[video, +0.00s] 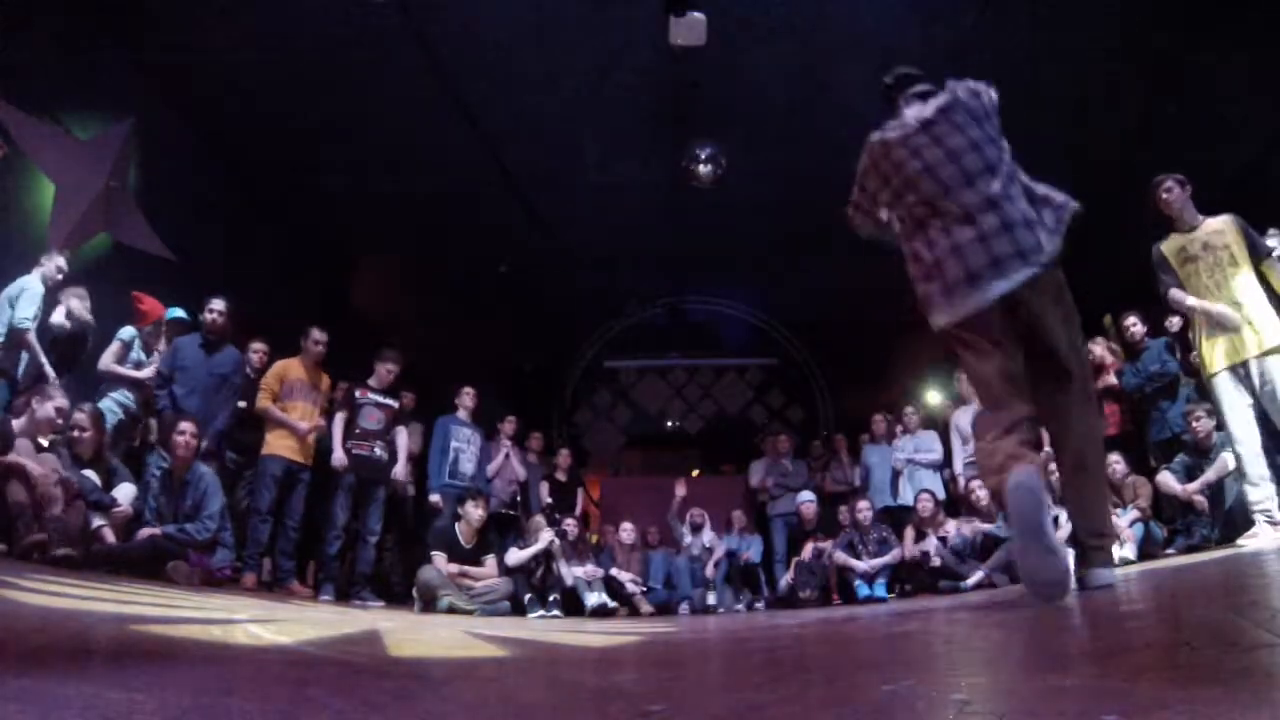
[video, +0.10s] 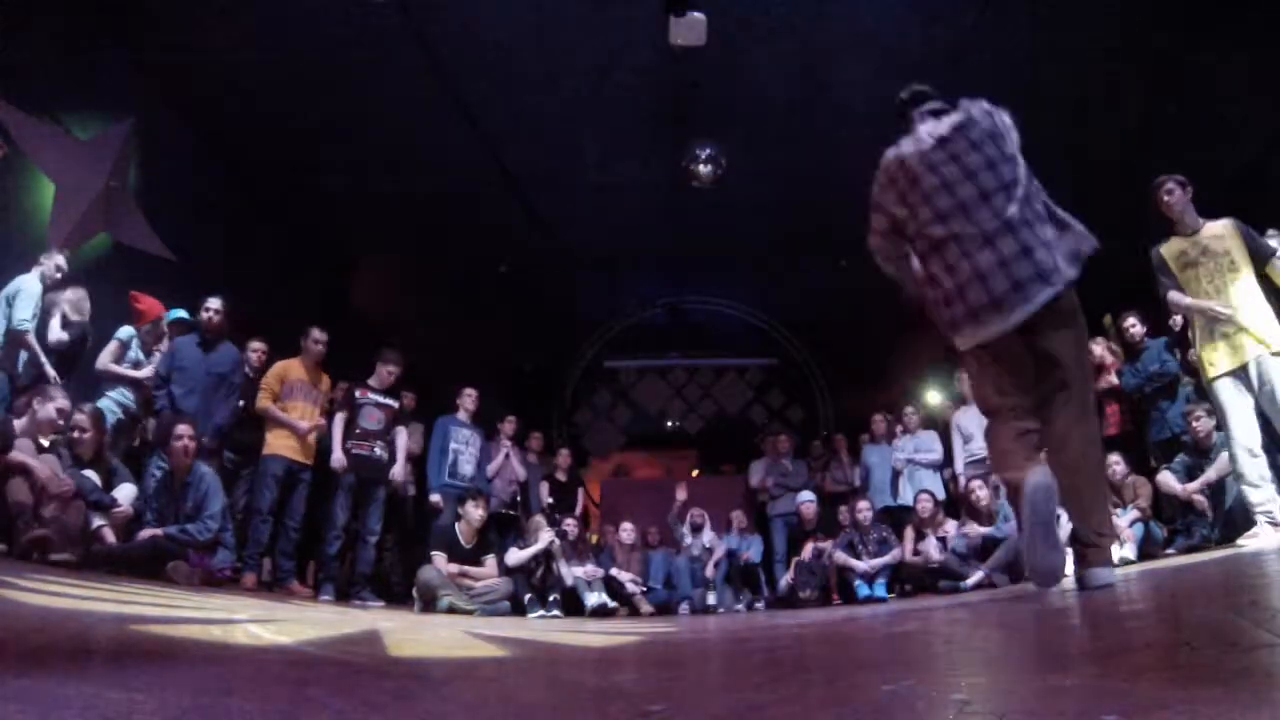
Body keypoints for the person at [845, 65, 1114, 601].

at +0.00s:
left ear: (890, 105)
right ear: (931, 84)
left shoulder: (881, 149)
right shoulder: (971, 97)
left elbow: (861, 217)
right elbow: (984, 98)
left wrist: (908, 234)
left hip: (958, 292)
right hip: (1029, 263)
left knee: (1002, 409)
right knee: (1071, 396)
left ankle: (1021, 484)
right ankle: (1095, 551)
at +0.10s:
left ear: (903, 123)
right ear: (944, 103)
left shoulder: (895, 168)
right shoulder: (988, 117)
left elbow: (883, 245)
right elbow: (1011, 155)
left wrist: (922, 287)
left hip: (972, 304)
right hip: (1042, 274)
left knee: (1007, 411)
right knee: (1070, 404)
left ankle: (1028, 479)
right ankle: (1094, 555)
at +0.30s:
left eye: (918, 145)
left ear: (913, 150)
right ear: (954, 132)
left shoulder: (910, 190)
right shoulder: (992, 147)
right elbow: (1022, 216)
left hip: (983, 323)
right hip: (1044, 297)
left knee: (1012, 442)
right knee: (1070, 421)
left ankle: (1048, 562)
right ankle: (1096, 557)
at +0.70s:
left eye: (922, 218)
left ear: (919, 216)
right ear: (955, 203)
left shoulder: (922, 247)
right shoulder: (989, 221)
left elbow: (928, 315)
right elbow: (1003, 276)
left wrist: (940, 368)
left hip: (983, 369)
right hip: (1029, 349)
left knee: (1011, 470)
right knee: (1047, 443)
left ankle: (1053, 567)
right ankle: (1081, 486)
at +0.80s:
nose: (926, 239)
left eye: (924, 233)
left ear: (921, 231)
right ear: (955, 221)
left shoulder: (924, 260)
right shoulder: (987, 241)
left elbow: (929, 335)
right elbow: (1009, 306)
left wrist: (934, 400)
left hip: (980, 387)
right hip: (1024, 372)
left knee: (1005, 479)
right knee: (1037, 460)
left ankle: (1053, 569)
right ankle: (1080, 499)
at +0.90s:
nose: (919, 247)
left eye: (918, 242)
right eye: (920, 241)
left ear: (920, 239)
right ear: (950, 231)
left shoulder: (921, 266)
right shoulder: (980, 251)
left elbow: (927, 331)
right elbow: (1002, 315)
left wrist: (927, 389)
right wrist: (1032, 367)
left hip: (972, 382)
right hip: (1012, 370)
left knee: (1004, 476)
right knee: (1022, 468)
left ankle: (1056, 558)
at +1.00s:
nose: (908, 254)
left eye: (910, 249)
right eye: (907, 249)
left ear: (916, 248)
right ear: (942, 242)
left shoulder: (915, 275)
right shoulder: (970, 260)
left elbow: (920, 334)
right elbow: (945, 271)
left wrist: (921, 388)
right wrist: (907, 267)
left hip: (967, 385)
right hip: (1004, 373)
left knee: (1005, 473)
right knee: (1001, 472)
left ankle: (1053, 559)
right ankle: (1008, 564)